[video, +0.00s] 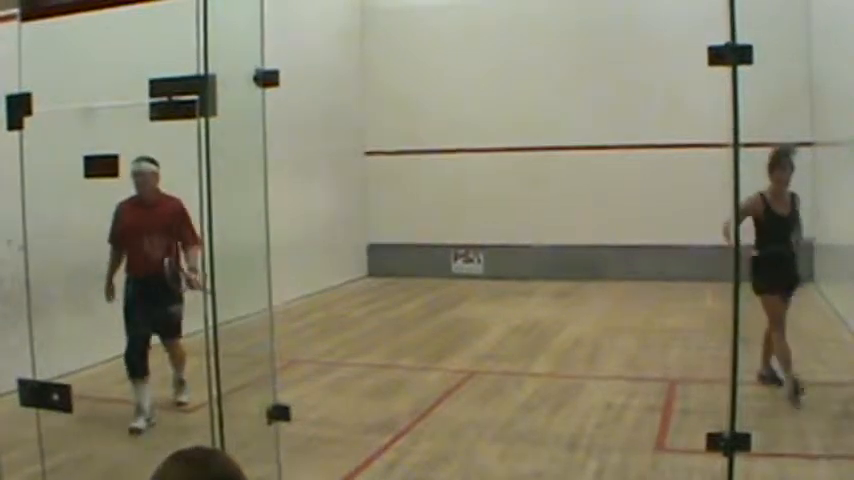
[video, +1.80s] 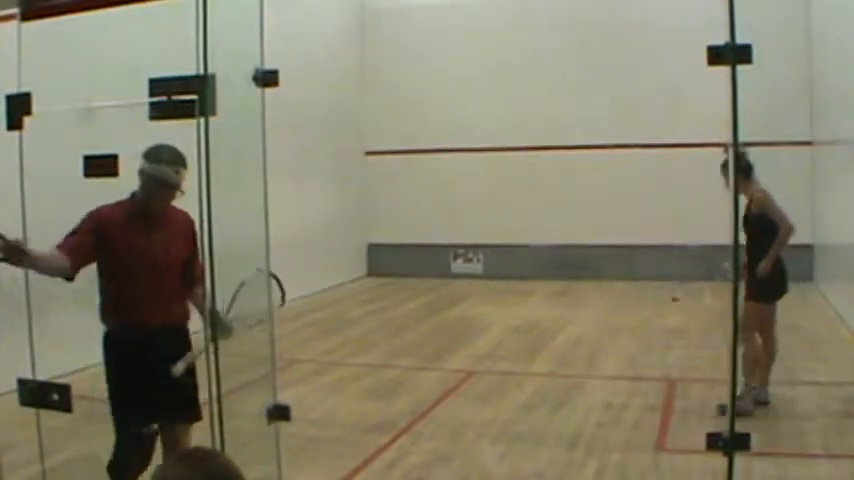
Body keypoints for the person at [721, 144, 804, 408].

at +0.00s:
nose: (784, 177)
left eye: (787, 172)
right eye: (779, 172)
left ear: (792, 174)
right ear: (770, 173)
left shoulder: (793, 200)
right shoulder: (757, 202)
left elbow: (795, 228)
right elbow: (730, 222)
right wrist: (731, 241)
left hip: (787, 261)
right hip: (764, 262)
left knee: (776, 321)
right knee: (777, 322)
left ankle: (766, 367)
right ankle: (790, 378)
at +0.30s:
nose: (785, 179)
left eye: (789, 174)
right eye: (781, 174)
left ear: (799, 173)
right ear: (777, 174)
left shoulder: (811, 200)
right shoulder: (770, 203)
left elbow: (824, 225)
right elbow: (748, 232)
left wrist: (819, 253)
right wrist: (747, 252)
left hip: (805, 267)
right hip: (778, 270)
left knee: (807, 331)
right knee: (788, 330)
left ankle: (803, 368)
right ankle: (795, 384)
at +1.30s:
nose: (753, 184)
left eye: (754, 178)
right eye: (752, 178)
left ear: (766, 176)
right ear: (769, 175)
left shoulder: (792, 200)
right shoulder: (777, 201)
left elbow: (823, 230)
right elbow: (782, 243)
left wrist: (805, 263)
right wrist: (765, 270)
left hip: (799, 279)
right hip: (782, 278)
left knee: (801, 339)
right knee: (776, 334)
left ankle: (812, 398)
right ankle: (764, 387)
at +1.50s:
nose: (742, 184)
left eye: (744, 179)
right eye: (741, 180)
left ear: (756, 176)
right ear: (755, 178)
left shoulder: (776, 199)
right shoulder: (765, 202)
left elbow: (801, 231)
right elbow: (771, 238)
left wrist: (783, 264)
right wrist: (759, 263)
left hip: (779, 278)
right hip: (769, 275)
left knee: (774, 340)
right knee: (769, 338)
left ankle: (805, 393)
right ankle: (761, 388)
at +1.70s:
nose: (735, 186)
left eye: (735, 181)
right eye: (734, 181)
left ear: (743, 178)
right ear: (750, 175)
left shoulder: (765, 199)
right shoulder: (757, 201)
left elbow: (790, 229)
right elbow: (764, 238)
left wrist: (772, 260)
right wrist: (751, 262)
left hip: (766, 277)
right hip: (765, 275)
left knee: (749, 332)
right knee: (768, 332)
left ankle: (767, 386)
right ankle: (764, 384)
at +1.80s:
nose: (727, 186)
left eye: (728, 180)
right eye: (726, 180)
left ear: (738, 176)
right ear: (745, 174)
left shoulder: (760, 198)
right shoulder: (754, 200)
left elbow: (787, 227)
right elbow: (759, 238)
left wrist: (768, 260)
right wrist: (749, 264)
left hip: (762, 276)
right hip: (762, 274)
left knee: (748, 332)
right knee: (766, 332)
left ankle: (749, 392)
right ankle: (761, 388)